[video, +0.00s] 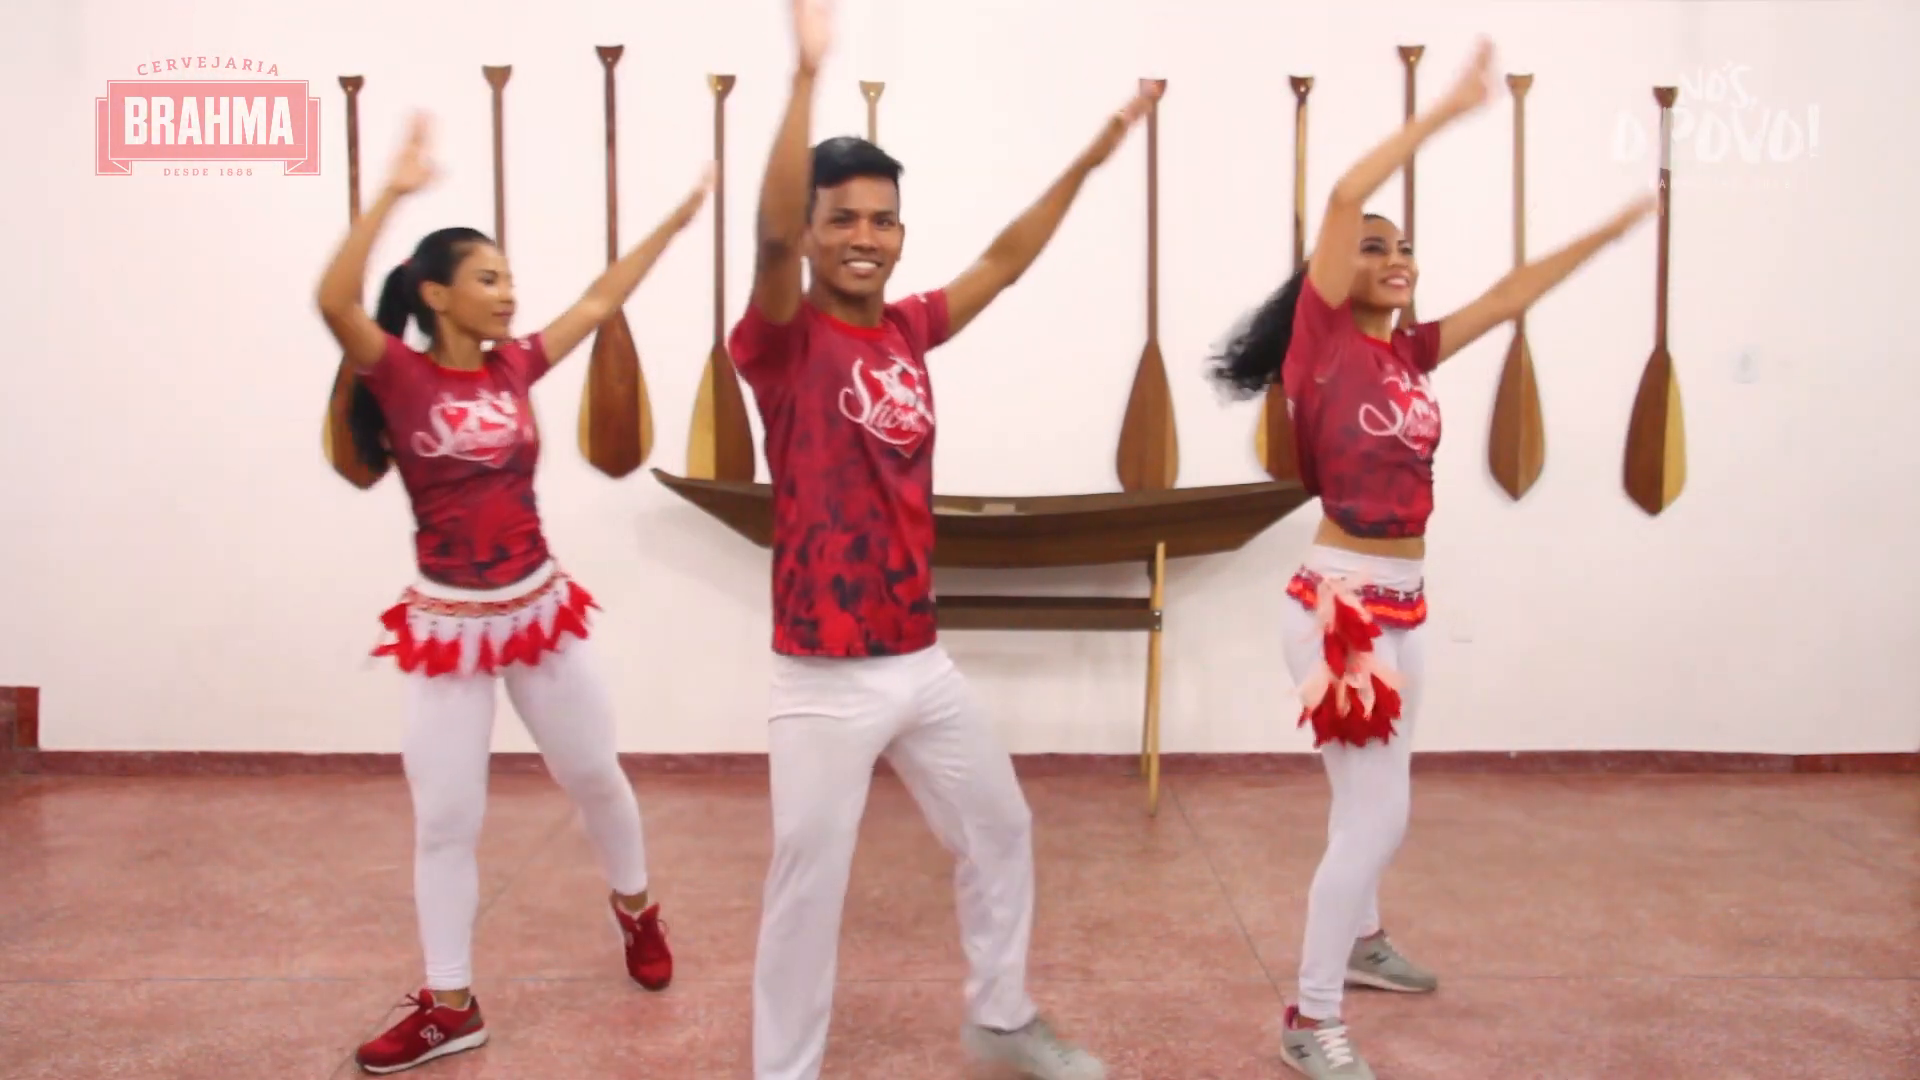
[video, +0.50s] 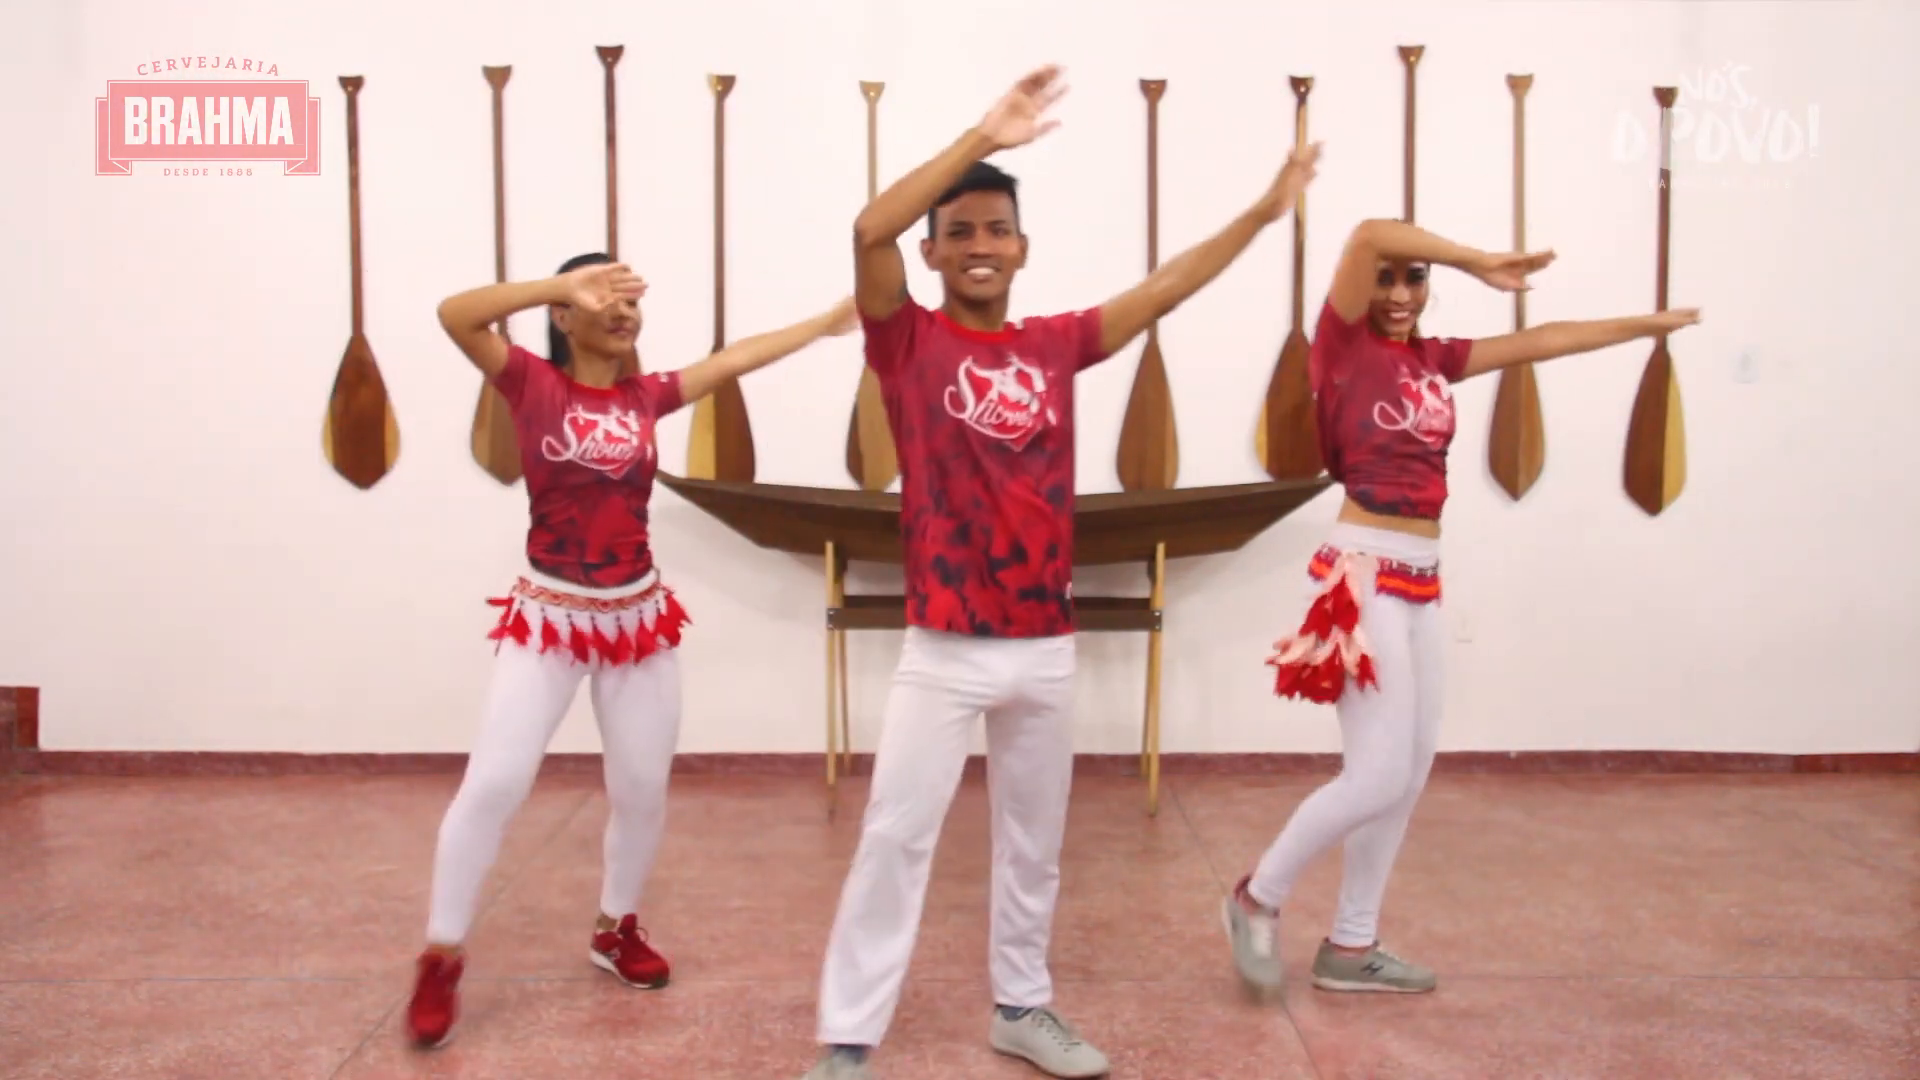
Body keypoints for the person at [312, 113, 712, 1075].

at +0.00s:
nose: (506, 290)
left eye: (505, 276)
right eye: (486, 278)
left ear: (498, 293)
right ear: (433, 295)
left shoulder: (514, 367)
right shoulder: (399, 377)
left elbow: (603, 298)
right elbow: (335, 302)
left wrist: (677, 219)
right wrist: (389, 193)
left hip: (539, 615)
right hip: (448, 628)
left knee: (596, 779)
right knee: (444, 820)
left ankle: (636, 906)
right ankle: (449, 1000)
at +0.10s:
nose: (535, 297)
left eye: (533, 285)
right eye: (517, 286)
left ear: (526, 298)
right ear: (466, 299)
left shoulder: (545, 369)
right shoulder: (435, 382)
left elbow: (626, 307)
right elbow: (373, 305)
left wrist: (701, 244)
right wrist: (453, 213)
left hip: (567, 621)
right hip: (473, 630)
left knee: (605, 781)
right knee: (458, 819)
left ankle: (626, 912)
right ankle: (448, 1000)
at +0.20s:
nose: (566, 304)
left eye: (567, 291)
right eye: (548, 292)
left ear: (564, 302)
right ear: (500, 307)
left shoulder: (579, 377)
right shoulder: (467, 386)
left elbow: (648, 324)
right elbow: (410, 314)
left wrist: (723, 266)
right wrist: (508, 243)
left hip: (595, 624)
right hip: (502, 629)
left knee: (615, 786)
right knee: (474, 814)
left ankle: (621, 921)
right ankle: (446, 998)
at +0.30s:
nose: (587, 310)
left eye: (592, 297)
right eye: (570, 298)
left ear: (599, 310)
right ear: (529, 313)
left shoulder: (612, 383)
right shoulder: (497, 388)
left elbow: (685, 336)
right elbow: (433, 324)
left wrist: (759, 288)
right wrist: (532, 274)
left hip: (616, 629)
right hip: (526, 634)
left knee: (628, 796)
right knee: (487, 815)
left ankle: (618, 926)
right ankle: (432, 991)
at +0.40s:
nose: (613, 316)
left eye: (615, 304)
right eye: (596, 303)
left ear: (616, 320)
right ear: (553, 321)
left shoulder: (631, 394)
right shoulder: (518, 389)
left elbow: (711, 351)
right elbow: (448, 324)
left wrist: (793, 310)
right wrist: (552, 290)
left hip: (631, 627)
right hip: (543, 630)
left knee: (638, 795)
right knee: (489, 804)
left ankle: (617, 929)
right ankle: (422, 981)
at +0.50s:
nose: (626, 304)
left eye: (630, 294)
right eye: (608, 292)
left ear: (635, 315)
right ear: (568, 316)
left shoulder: (647, 394)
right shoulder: (534, 385)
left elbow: (740, 355)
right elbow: (457, 313)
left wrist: (834, 316)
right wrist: (556, 288)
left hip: (638, 621)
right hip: (550, 620)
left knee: (644, 787)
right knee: (494, 782)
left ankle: (618, 927)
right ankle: (441, 956)